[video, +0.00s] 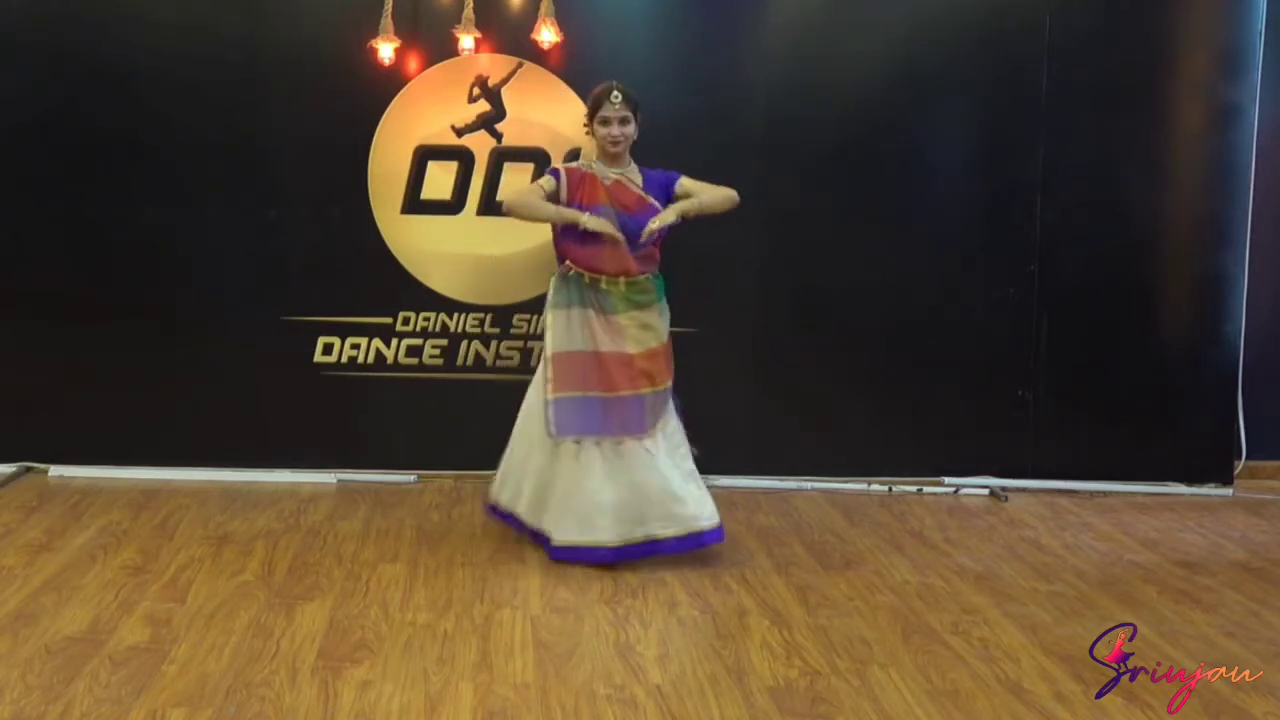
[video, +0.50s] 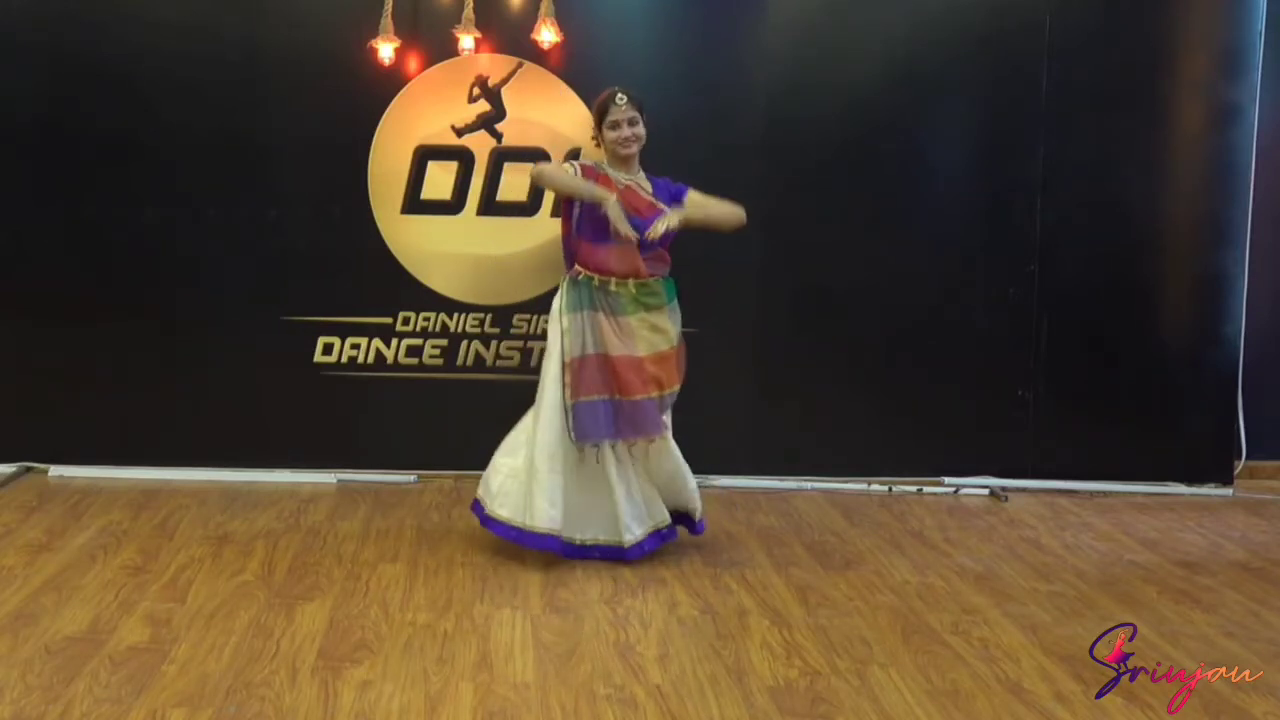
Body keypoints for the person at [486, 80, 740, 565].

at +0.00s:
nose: (615, 130)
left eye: (624, 122)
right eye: (605, 122)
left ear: (636, 127)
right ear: (590, 127)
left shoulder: (654, 181)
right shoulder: (570, 176)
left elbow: (727, 196)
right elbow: (518, 203)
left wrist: (678, 209)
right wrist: (584, 219)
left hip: (639, 310)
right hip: (580, 310)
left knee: (639, 412)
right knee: (583, 413)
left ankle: (640, 522)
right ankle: (582, 523)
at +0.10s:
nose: (616, 130)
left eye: (624, 121)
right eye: (606, 121)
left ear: (637, 127)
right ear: (591, 127)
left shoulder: (656, 181)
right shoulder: (572, 177)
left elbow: (731, 191)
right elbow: (522, 207)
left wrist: (683, 196)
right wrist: (587, 228)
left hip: (642, 310)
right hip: (584, 308)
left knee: (641, 411)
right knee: (581, 410)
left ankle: (639, 522)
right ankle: (578, 521)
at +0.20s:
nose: (620, 129)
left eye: (627, 121)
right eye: (610, 121)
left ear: (638, 126)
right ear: (592, 126)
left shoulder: (654, 180)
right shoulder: (578, 176)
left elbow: (732, 182)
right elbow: (530, 206)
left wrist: (680, 181)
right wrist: (591, 234)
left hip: (642, 308)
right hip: (587, 307)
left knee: (637, 408)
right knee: (586, 408)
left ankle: (631, 515)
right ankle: (583, 517)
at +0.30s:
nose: (621, 129)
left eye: (629, 120)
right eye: (611, 121)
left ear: (640, 125)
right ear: (594, 126)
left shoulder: (657, 182)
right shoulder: (580, 175)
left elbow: (733, 181)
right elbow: (535, 201)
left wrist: (682, 177)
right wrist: (601, 231)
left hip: (641, 307)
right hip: (587, 303)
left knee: (634, 406)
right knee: (586, 405)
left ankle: (624, 514)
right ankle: (579, 516)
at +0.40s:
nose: (624, 129)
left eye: (631, 120)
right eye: (614, 121)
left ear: (643, 125)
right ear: (598, 129)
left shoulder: (661, 186)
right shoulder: (584, 175)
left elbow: (736, 197)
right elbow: (542, 185)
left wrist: (687, 192)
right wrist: (604, 212)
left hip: (645, 310)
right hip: (589, 307)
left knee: (636, 412)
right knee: (589, 409)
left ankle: (629, 516)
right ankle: (584, 523)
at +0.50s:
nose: (626, 131)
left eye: (633, 122)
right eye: (615, 125)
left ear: (645, 127)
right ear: (599, 134)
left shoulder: (661, 190)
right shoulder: (586, 178)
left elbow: (736, 215)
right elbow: (544, 174)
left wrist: (684, 214)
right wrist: (607, 198)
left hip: (646, 313)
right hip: (590, 311)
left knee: (640, 415)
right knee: (590, 413)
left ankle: (637, 516)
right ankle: (589, 523)